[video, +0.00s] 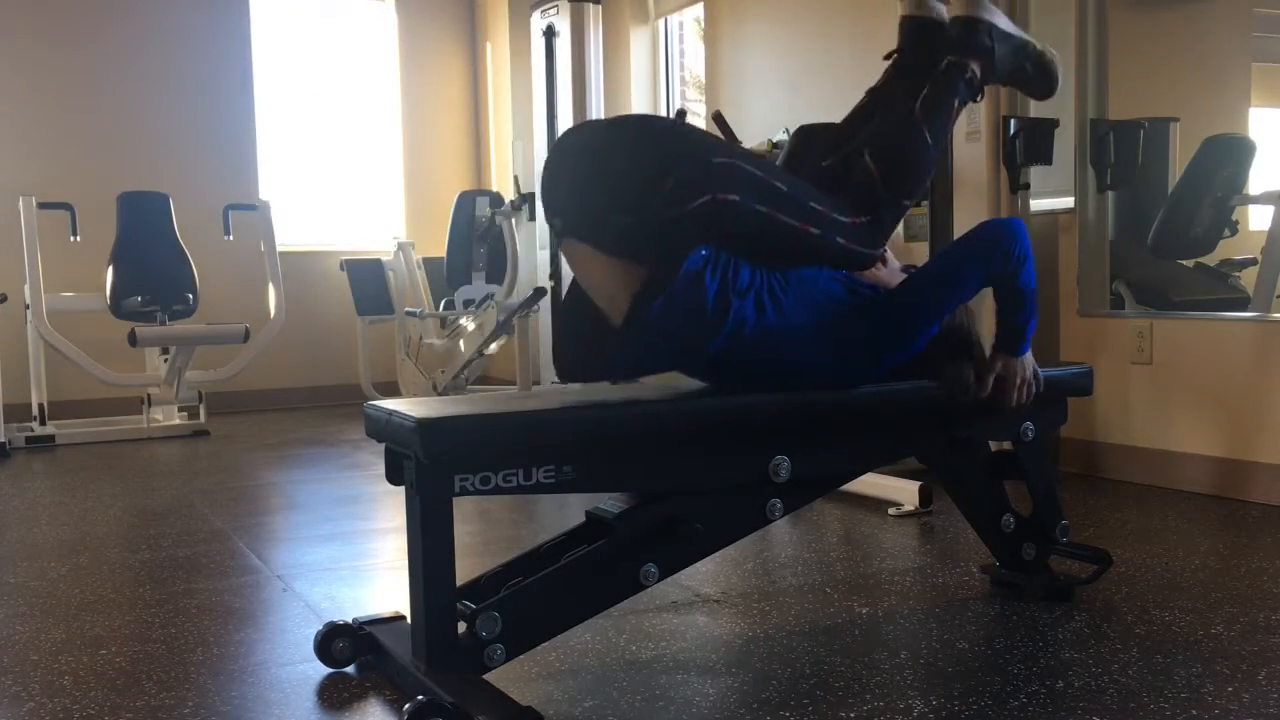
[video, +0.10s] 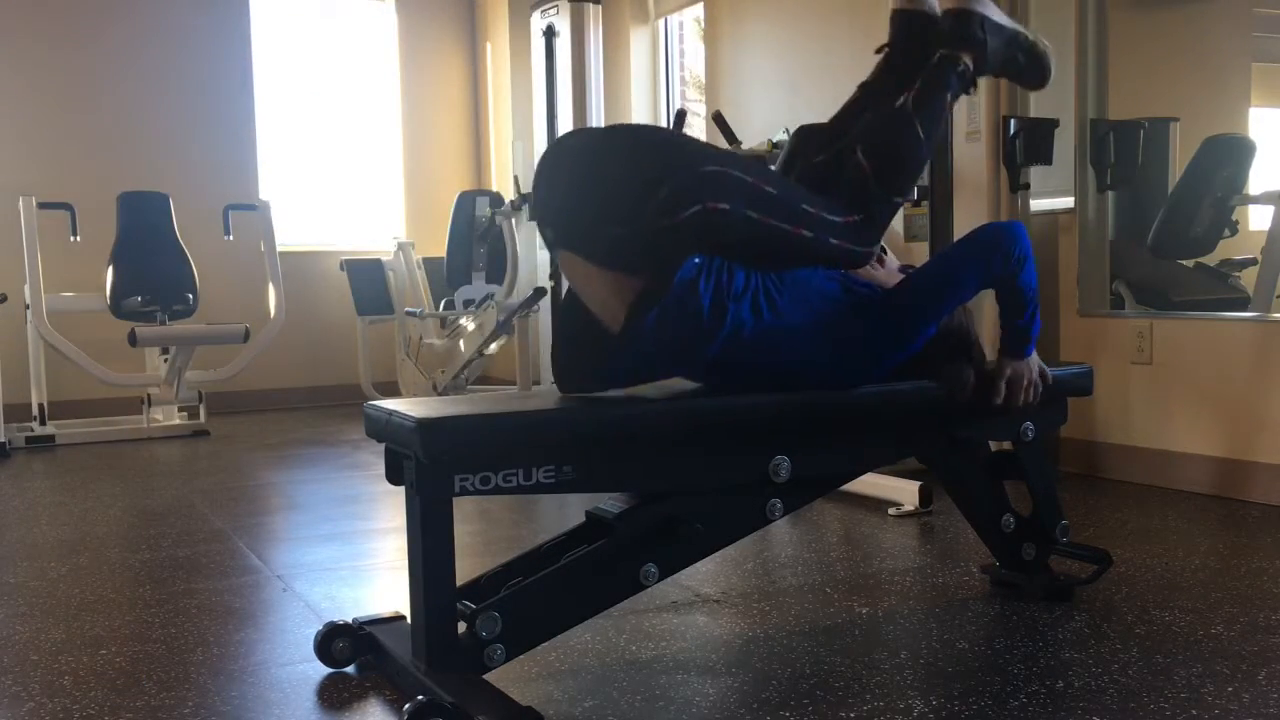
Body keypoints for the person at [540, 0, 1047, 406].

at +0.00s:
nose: (899, 268)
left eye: (916, 277)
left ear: (928, 332)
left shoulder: (890, 329)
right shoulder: (844, 351)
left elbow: (1005, 236)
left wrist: (1018, 348)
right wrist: (866, 260)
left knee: (862, 232)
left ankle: (967, 54)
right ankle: (918, 53)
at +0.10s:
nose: (909, 275)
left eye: (923, 286)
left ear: (930, 340)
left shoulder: (888, 332)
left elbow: (1005, 240)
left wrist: (1023, 350)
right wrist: (863, 266)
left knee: (852, 231)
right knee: (806, 202)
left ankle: (963, 51)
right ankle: (910, 46)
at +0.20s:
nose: (892, 262)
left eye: (908, 276)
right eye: (902, 266)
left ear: (920, 317)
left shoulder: (887, 327)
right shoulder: (858, 336)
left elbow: (1007, 254)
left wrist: (1038, 357)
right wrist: (872, 279)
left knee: (844, 221)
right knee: (798, 189)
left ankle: (935, 40)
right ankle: (891, 32)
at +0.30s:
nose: (890, 260)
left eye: (904, 275)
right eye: (901, 264)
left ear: (912, 309)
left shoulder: (886, 329)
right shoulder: (853, 308)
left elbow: (1012, 271)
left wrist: (1046, 367)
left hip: (653, 307)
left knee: (794, 190)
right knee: (804, 189)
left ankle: (887, 29)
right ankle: (874, 28)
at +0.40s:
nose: (890, 259)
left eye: (904, 276)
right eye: (900, 263)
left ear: (909, 308)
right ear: (887, 271)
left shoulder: (883, 328)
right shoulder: (846, 294)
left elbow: (1013, 268)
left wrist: (1042, 368)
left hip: (644, 322)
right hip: (669, 299)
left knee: (825, 189)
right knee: (782, 177)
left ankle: (859, 21)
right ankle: (824, 17)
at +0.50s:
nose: (888, 262)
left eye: (903, 279)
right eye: (896, 264)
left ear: (908, 311)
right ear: (883, 270)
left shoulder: (881, 333)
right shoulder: (830, 276)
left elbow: (1007, 253)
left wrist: (1030, 362)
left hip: (628, 325)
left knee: (805, 183)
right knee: (753, 174)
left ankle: (815, 6)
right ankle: (766, 1)